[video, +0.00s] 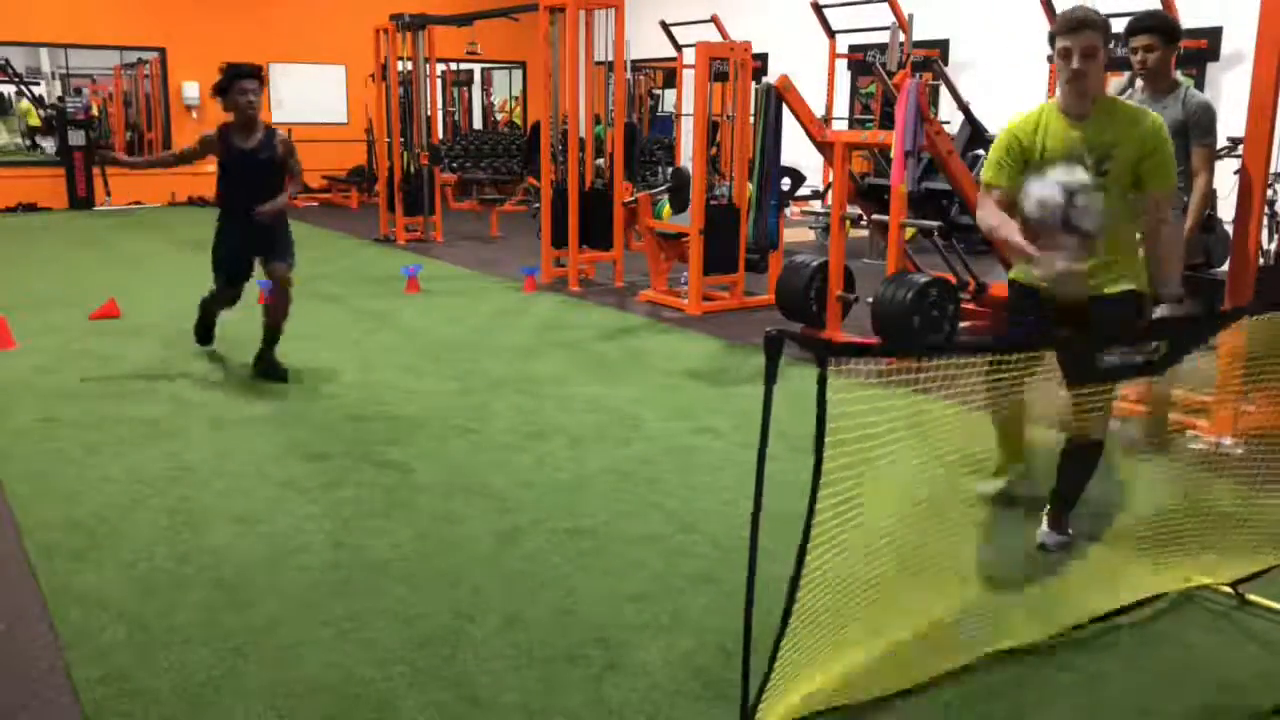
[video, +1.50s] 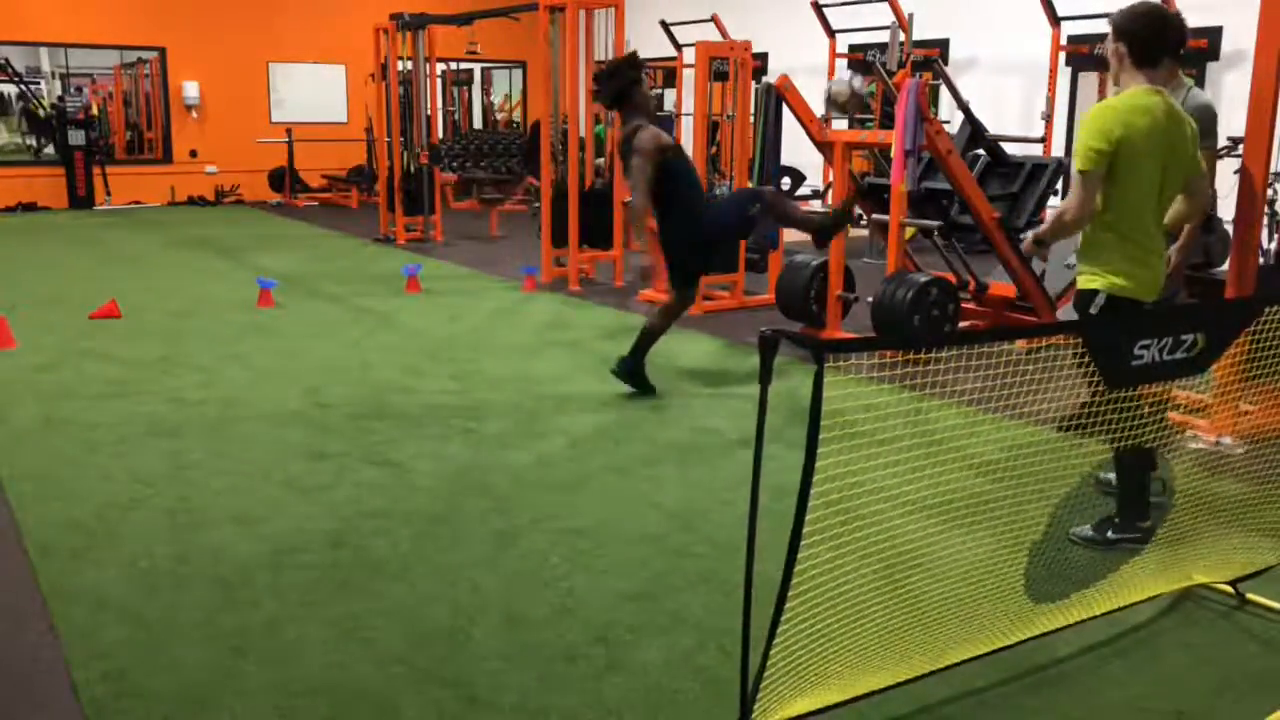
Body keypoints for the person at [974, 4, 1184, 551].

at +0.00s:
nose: (1076, 65)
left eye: (1087, 55)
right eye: (1066, 55)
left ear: (1106, 59)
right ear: (1053, 60)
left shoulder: (1143, 129)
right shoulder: (1022, 132)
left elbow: (1162, 218)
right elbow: (988, 209)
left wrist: (1170, 299)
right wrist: (1033, 256)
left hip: (1108, 290)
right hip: (1032, 285)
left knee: (1090, 403)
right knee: (1001, 378)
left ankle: (1059, 512)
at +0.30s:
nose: (1069, 60)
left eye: (1079, 51)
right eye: (1070, 51)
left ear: (1117, 60)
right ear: (1093, 62)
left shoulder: (1165, 124)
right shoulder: (1071, 132)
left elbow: (1198, 212)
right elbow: (1036, 200)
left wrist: (1179, 292)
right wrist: (992, 233)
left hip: (1151, 292)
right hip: (1104, 294)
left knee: (1095, 405)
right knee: (1145, 406)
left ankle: (1066, 514)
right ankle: (1178, 496)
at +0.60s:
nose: (1078, 58)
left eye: (1086, 47)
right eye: (1080, 47)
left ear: (1117, 51)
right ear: (1118, 53)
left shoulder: (1145, 108)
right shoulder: (1131, 108)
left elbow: (1175, 200)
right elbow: (1135, 194)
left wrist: (1109, 265)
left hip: (1159, 279)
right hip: (1147, 275)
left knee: (1123, 395)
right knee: (1139, 389)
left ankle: (1131, 515)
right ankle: (1155, 488)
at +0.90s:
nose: (1079, 58)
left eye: (1085, 47)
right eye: (1080, 47)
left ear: (1115, 49)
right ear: (1127, 51)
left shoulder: (1128, 109)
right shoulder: (1166, 103)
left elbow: (1139, 209)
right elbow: (1205, 181)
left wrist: (1077, 268)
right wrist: (1173, 232)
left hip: (1143, 278)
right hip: (1180, 276)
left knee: (1122, 395)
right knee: (1143, 390)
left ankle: (1131, 518)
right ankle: (1148, 491)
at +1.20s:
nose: (1092, 50)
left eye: (1097, 41)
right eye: (1094, 40)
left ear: (1120, 47)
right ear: (1143, 50)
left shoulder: (1128, 108)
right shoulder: (1173, 103)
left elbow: (1136, 206)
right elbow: (1197, 194)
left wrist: (1074, 259)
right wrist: (1162, 236)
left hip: (1133, 275)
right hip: (1166, 274)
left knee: (1130, 394)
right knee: (1139, 387)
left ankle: (1133, 518)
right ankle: (1137, 486)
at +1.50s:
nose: (1105, 51)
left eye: (1109, 43)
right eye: (1108, 42)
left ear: (1121, 50)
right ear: (1169, 55)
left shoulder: (1104, 117)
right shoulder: (1182, 124)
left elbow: (1081, 208)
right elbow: (1197, 199)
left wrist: (1043, 234)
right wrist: (1154, 231)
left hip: (1106, 278)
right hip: (1149, 276)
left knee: (1121, 394)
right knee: (1126, 382)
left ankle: (1132, 519)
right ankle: (1135, 466)